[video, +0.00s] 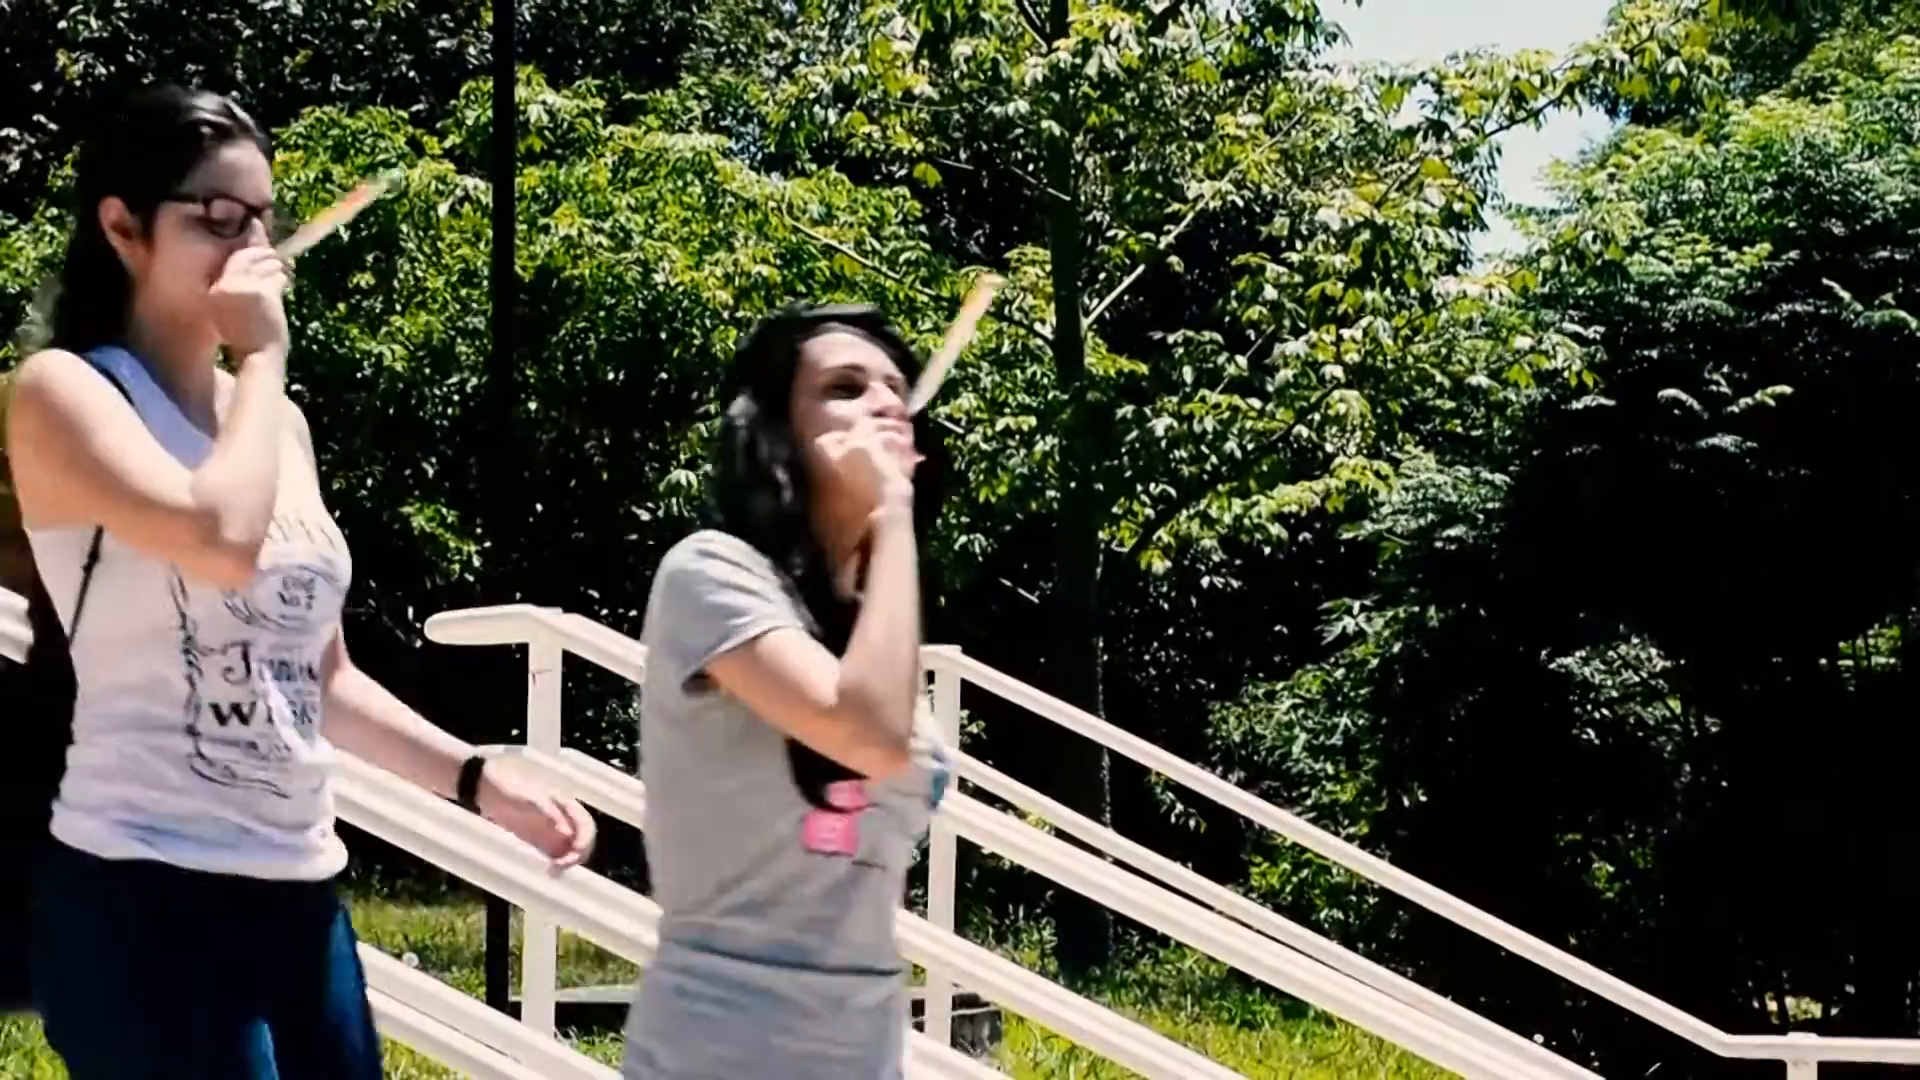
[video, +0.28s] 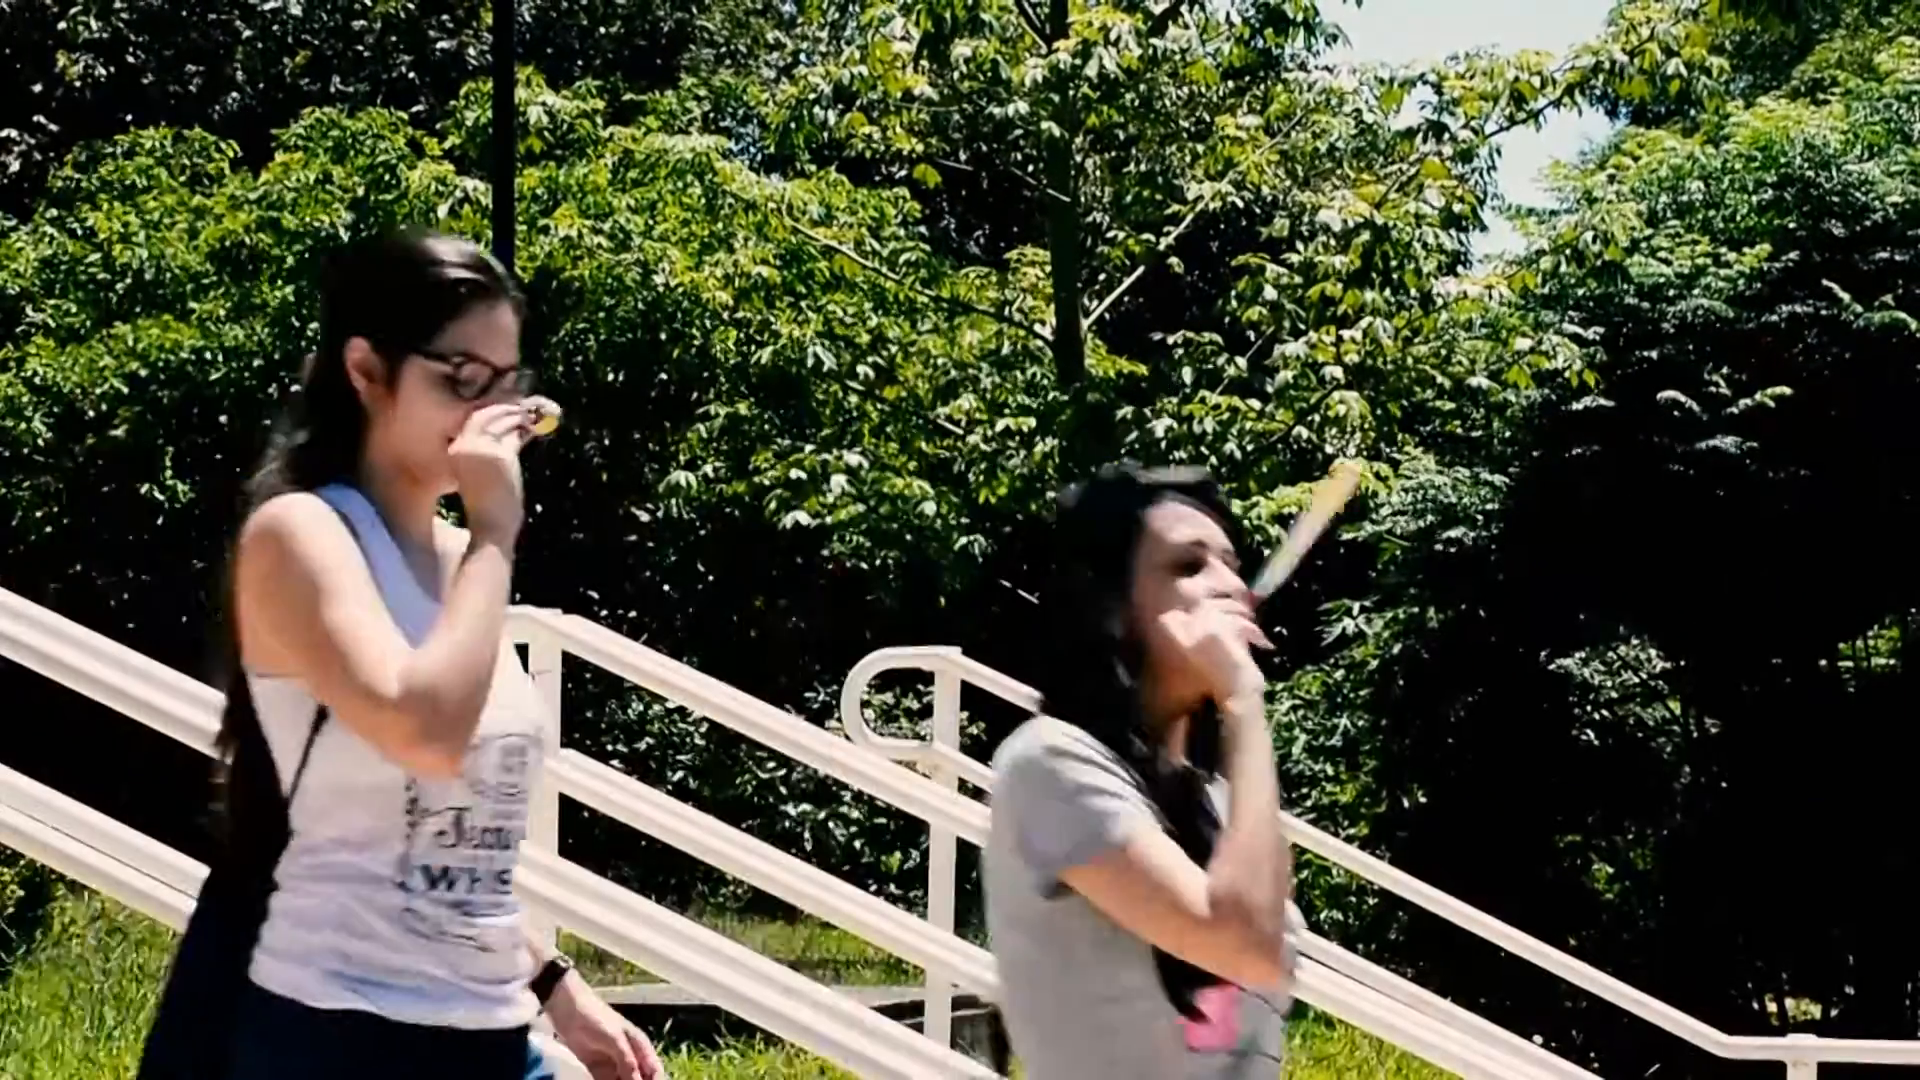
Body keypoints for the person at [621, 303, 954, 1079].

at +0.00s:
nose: (890, 403)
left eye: (898, 389)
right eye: (847, 386)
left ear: (914, 429)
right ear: (771, 432)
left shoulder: (872, 616)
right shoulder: (705, 571)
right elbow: (875, 734)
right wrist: (893, 513)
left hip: (866, 1045)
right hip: (723, 1039)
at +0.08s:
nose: (985, 425)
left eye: (989, 410)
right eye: (940, 406)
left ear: (1005, 448)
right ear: (863, 447)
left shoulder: (964, 647)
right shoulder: (797, 591)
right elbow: (977, 754)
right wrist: (988, 528)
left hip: (973, 1054)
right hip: (822, 1049)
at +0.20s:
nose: (1123, 503)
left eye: (1124, 485)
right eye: (1078, 486)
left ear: (1139, 514)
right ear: (998, 531)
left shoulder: (1107, 715)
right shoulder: (938, 678)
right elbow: (1130, 851)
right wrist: (1132, 615)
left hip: (1123, 1063)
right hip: (988, 1066)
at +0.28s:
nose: (1232, 586)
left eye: (1232, 566)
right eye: (1189, 567)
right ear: (1109, 606)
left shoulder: (1217, 798)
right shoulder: (1046, 765)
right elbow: (1248, 947)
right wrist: (1245, 700)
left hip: (1245, 1067)